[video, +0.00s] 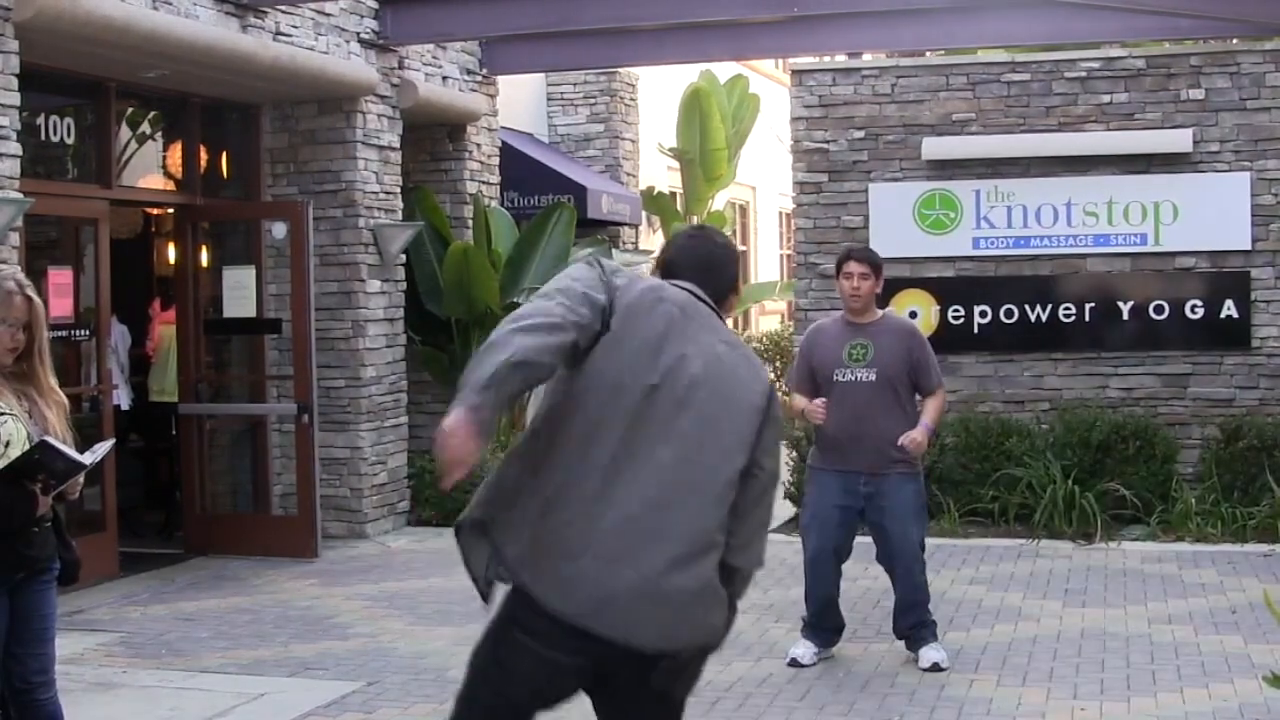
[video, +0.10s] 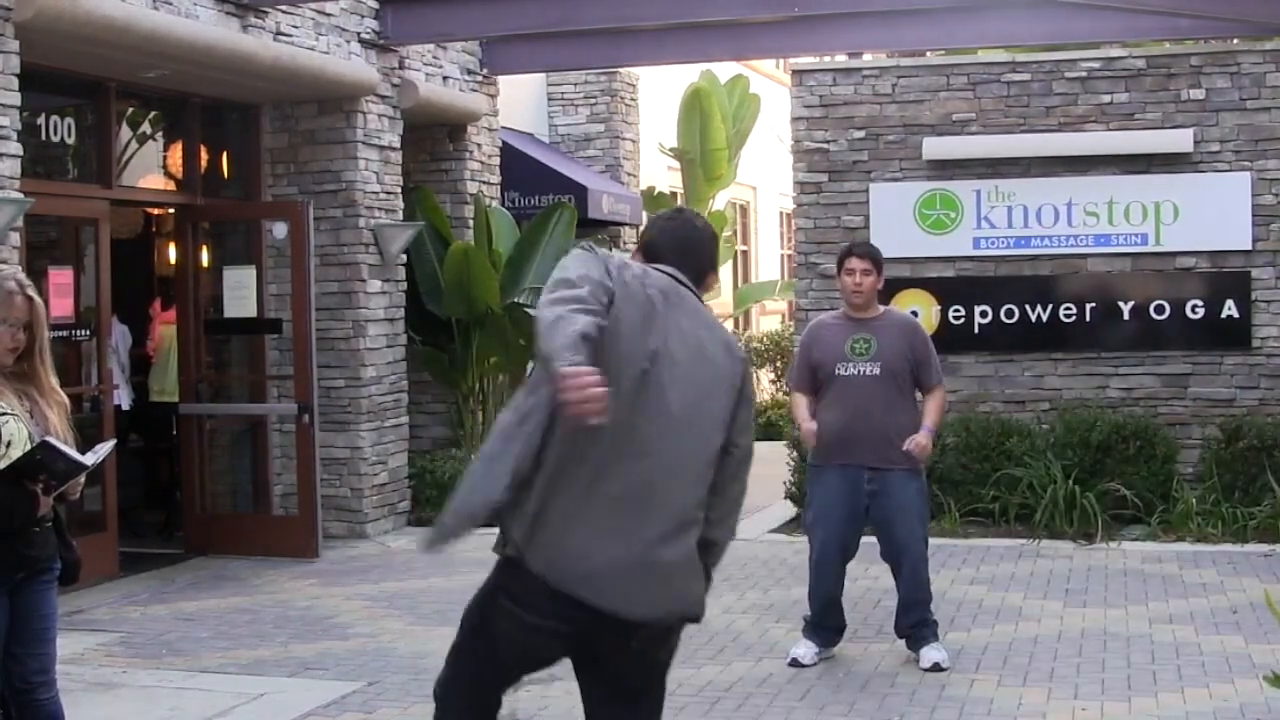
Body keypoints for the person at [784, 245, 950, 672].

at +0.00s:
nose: (854, 285)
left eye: (863, 277)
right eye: (847, 277)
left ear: (878, 283)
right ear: (837, 283)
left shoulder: (906, 334)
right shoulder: (818, 335)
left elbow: (934, 393)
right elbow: (794, 398)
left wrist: (923, 429)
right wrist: (805, 407)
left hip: (895, 470)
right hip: (831, 470)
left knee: (906, 555)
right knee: (819, 552)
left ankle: (922, 638)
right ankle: (818, 636)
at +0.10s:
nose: (856, 280)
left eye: (865, 273)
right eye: (849, 272)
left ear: (879, 279)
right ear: (838, 279)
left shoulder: (907, 328)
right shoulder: (818, 331)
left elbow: (934, 390)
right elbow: (801, 389)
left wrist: (926, 432)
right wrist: (806, 421)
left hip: (898, 466)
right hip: (833, 465)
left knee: (911, 554)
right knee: (825, 553)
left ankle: (923, 638)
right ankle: (819, 635)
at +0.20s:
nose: (857, 280)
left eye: (866, 273)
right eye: (849, 273)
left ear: (880, 279)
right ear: (839, 281)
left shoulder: (908, 328)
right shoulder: (817, 331)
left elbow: (933, 389)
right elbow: (799, 388)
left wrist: (931, 439)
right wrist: (797, 432)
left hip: (897, 461)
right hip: (832, 461)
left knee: (910, 551)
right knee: (827, 551)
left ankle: (922, 638)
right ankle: (817, 636)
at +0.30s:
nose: (858, 283)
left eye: (866, 276)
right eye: (850, 276)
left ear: (881, 282)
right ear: (839, 283)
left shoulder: (908, 331)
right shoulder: (817, 334)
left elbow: (933, 392)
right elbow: (798, 390)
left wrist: (935, 444)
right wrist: (794, 437)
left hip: (899, 462)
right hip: (832, 464)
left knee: (910, 550)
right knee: (826, 551)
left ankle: (922, 637)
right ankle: (818, 635)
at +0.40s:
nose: (858, 284)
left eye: (866, 276)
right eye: (850, 276)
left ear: (881, 282)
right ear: (839, 283)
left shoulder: (908, 332)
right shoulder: (816, 334)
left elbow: (932, 392)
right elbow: (799, 389)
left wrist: (934, 442)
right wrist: (794, 434)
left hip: (899, 463)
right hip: (832, 465)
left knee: (909, 550)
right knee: (826, 552)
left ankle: (922, 637)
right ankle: (819, 635)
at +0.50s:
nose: (856, 281)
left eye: (865, 274)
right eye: (849, 273)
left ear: (879, 280)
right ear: (838, 280)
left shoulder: (906, 330)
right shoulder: (815, 331)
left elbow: (930, 390)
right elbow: (796, 386)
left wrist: (926, 434)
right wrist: (796, 426)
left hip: (895, 464)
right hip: (830, 465)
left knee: (906, 552)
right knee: (825, 553)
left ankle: (923, 637)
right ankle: (818, 636)